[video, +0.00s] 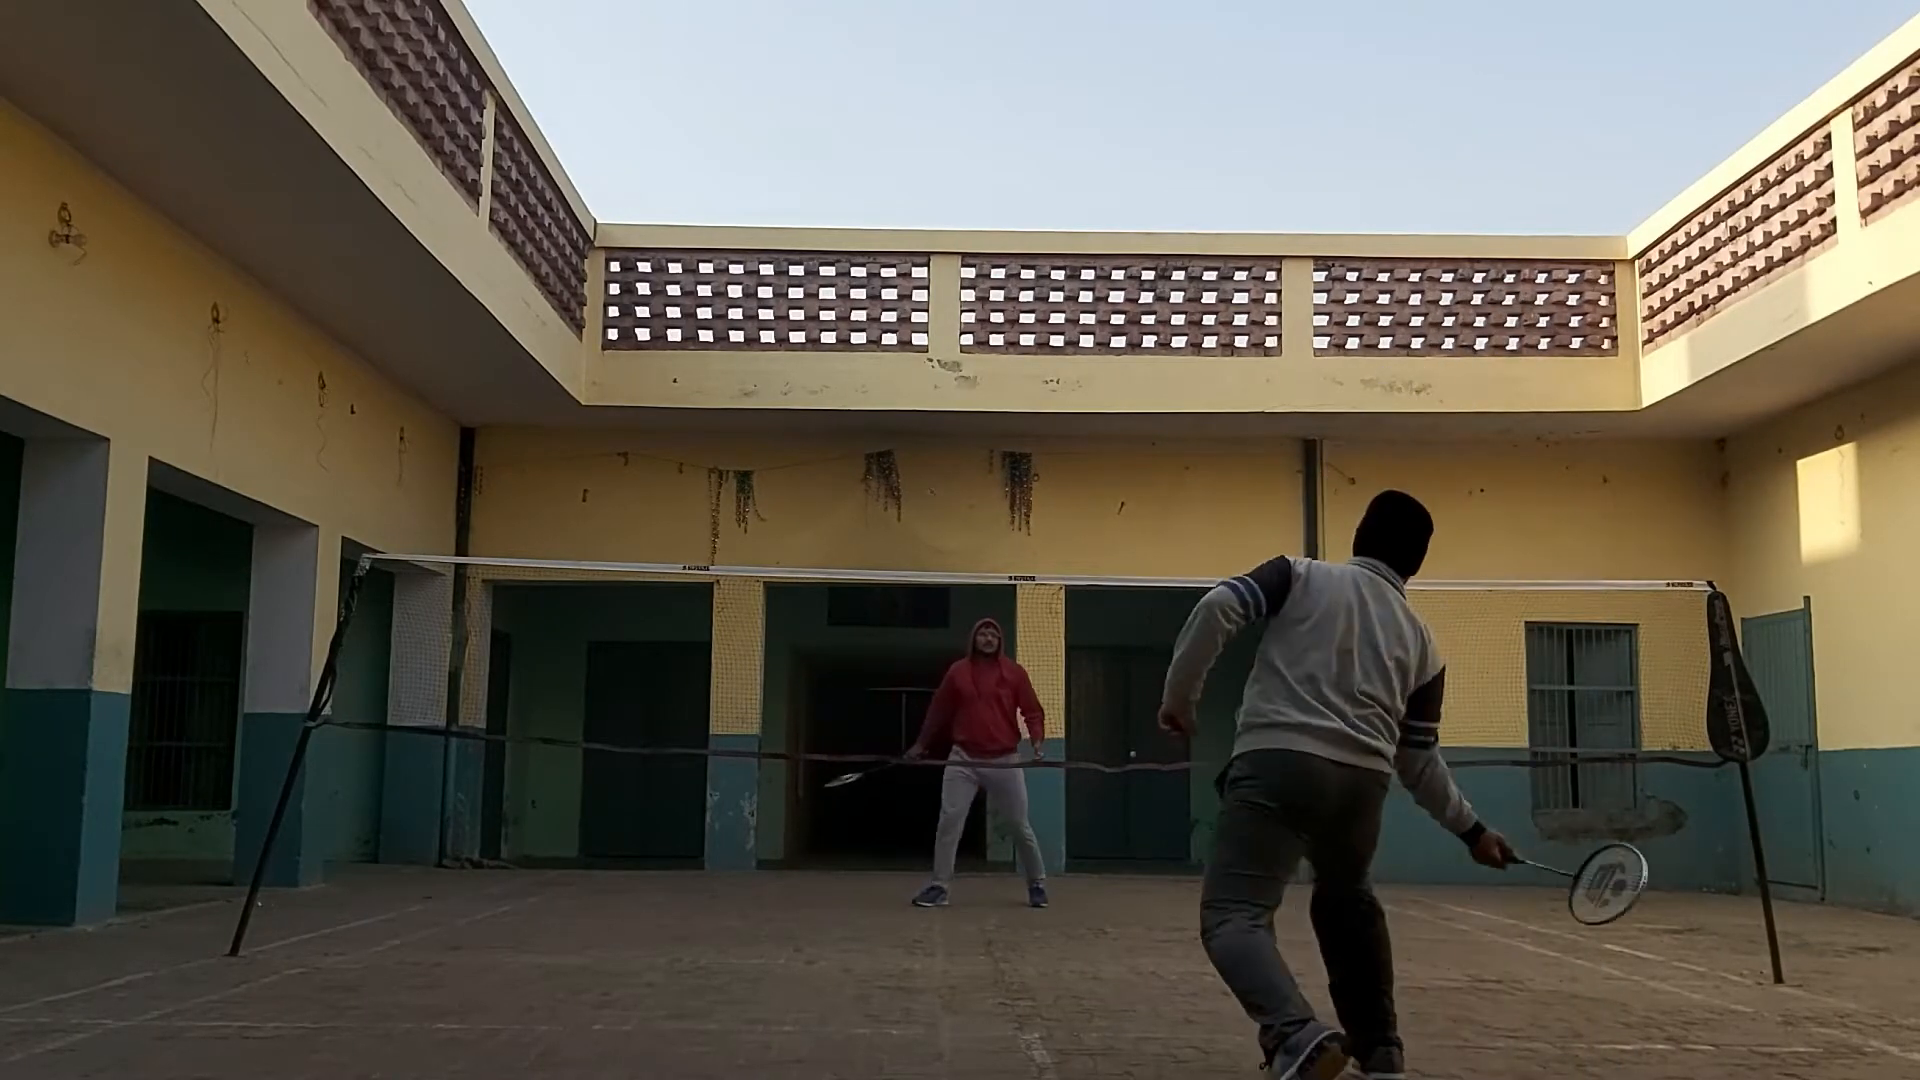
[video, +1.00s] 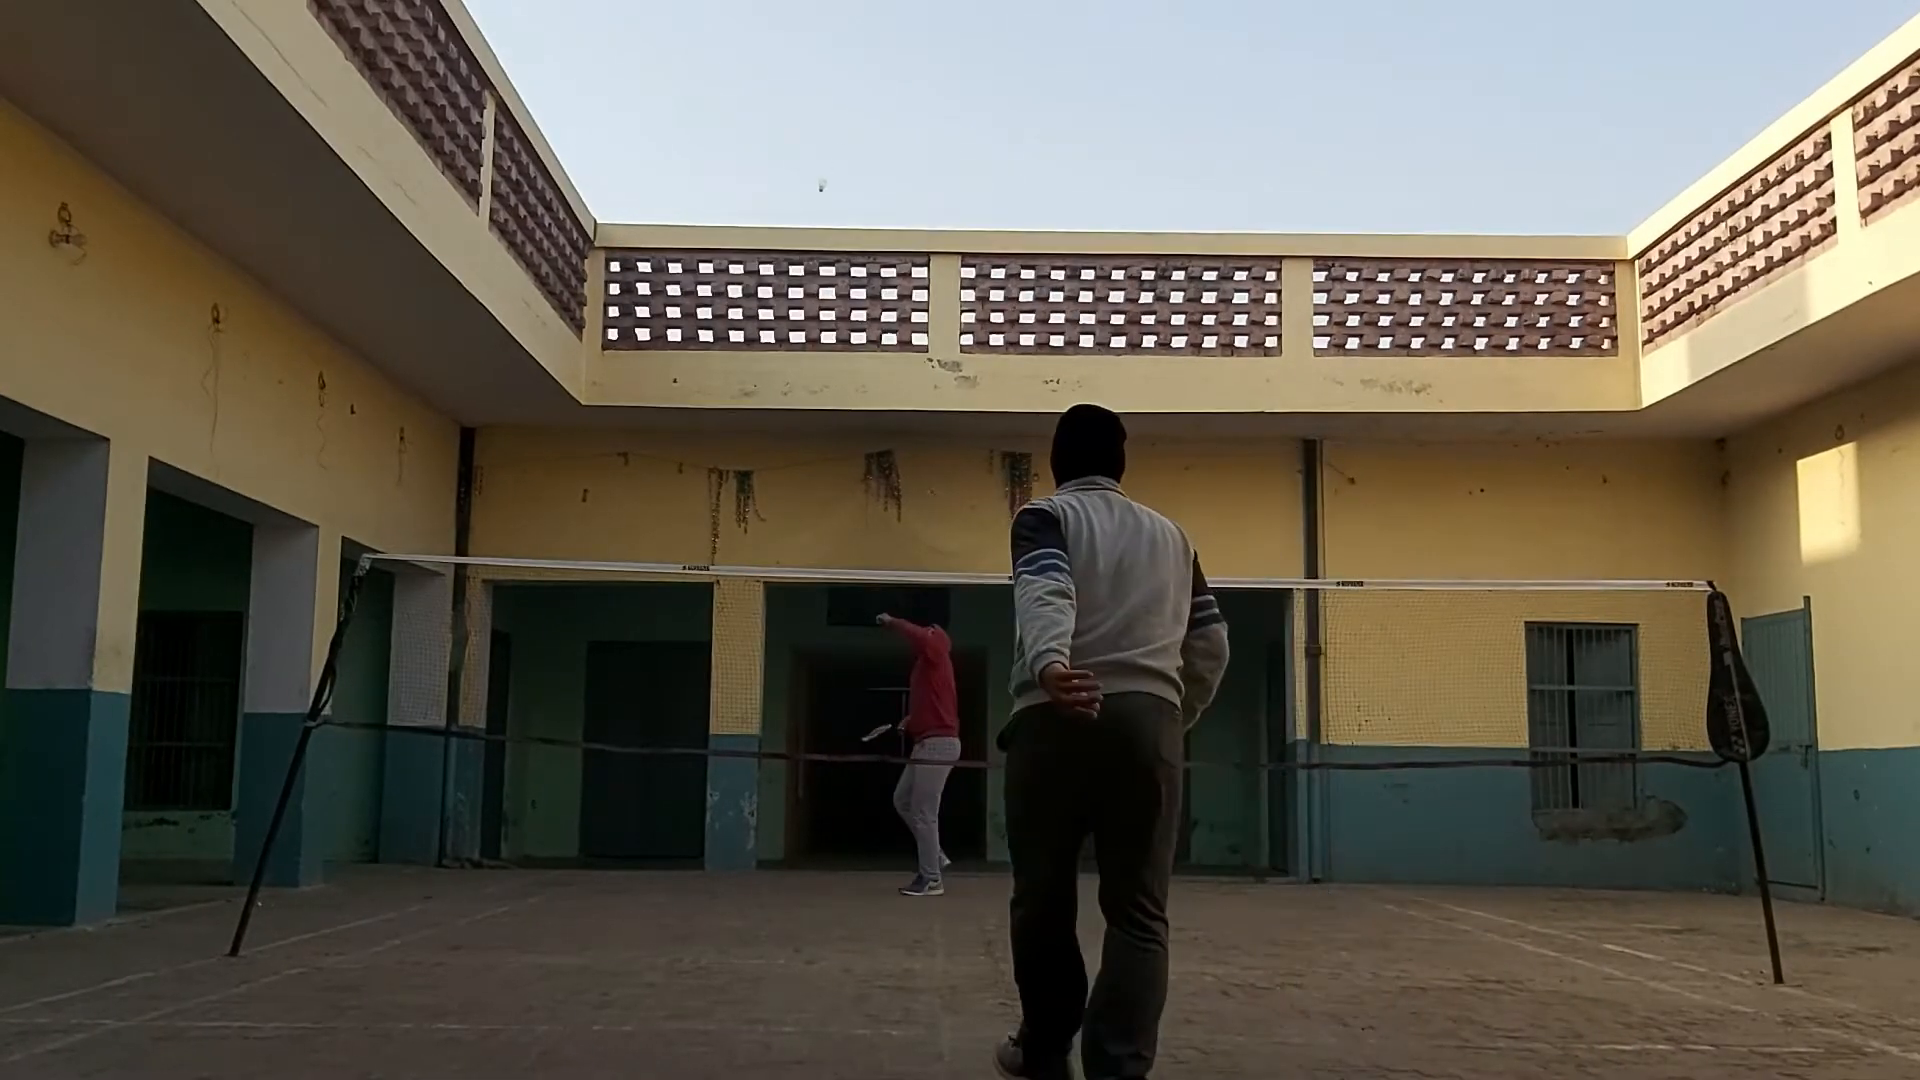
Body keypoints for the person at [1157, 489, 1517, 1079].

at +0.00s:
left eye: (1360, 534)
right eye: (1413, 552)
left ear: (1356, 539)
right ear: (1416, 562)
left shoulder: (1300, 574)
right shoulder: (1421, 645)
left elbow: (1220, 604)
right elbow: (1418, 759)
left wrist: (1178, 698)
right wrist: (1474, 830)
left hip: (1274, 757)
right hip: (1362, 782)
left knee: (1235, 916)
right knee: (1346, 895)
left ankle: (1296, 1035)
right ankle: (1379, 1050)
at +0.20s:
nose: (1322, 494)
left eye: (1327, 487)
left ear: (1324, 494)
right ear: (1380, 516)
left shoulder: (1283, 540)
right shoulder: (1377, 582)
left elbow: (1200, 586)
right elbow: (1319, 640)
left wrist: (1187, 665)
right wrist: (1236, 659)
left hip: (1248, 727)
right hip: (1330, 743)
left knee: (1161, 875)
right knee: (1328, 885)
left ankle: (1176, 1048)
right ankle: (1381, 1049)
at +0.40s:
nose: (1218, 499)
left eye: (1220, 488)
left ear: (1220, 496)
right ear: (1281, 501)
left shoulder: (1196, 557)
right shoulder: (1298, 559)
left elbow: (1105, 613)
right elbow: (1240, 547)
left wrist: (1153, 570)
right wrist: (1180, 526)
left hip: (1201, 749)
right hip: (1287, 754)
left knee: (1111, 885)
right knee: (1312, 891)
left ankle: (1066, 1037)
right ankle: (1377, 1044)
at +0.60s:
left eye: (1125, 479)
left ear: (1117, 487)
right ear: (1183, 489)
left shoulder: (1083, 561)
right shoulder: (1220, 553)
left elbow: (1020, 643)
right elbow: (1209, 629)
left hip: (1131, 751)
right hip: (1228, 746)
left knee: (1086, 894)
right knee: (1272, 885)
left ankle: (1073, 1043)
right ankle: (1324, 1040)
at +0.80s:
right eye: (1123, 455)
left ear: (1066, 465)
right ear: (1133, 463)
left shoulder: (1046, 538)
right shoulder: (1181, 528)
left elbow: (1003, 634)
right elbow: (1214, 630)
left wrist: (959, 720)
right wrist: (1174, 675)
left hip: (1094, 730)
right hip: (1189, 724)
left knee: (1090, 885)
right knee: (1205, 881)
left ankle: (1073, 1046)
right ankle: (1169, 1010)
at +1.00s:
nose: (1057, 474)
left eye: (1055, 463)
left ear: (1057, 466)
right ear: (1122, 466)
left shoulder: (1045, 516)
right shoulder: (1171, 535)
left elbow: (1046, 590)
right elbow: (1210, 646)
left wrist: (1048, 661)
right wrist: (1173, 716)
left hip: (1052, 723)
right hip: (1148, 726)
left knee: (1042, 897)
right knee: (1140, 908)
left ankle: (1047, 1049)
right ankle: (1122, 1064)